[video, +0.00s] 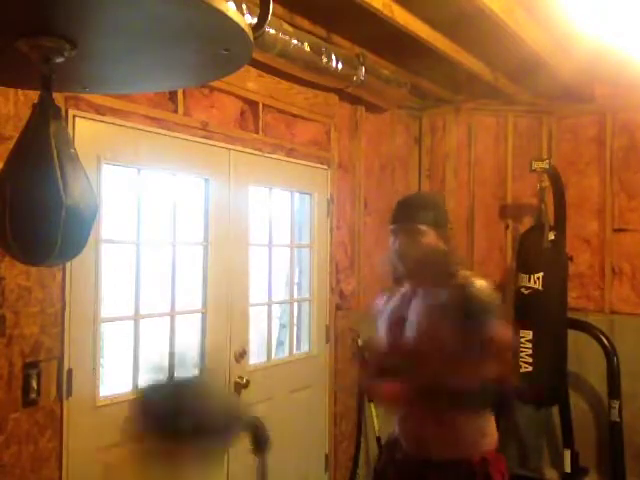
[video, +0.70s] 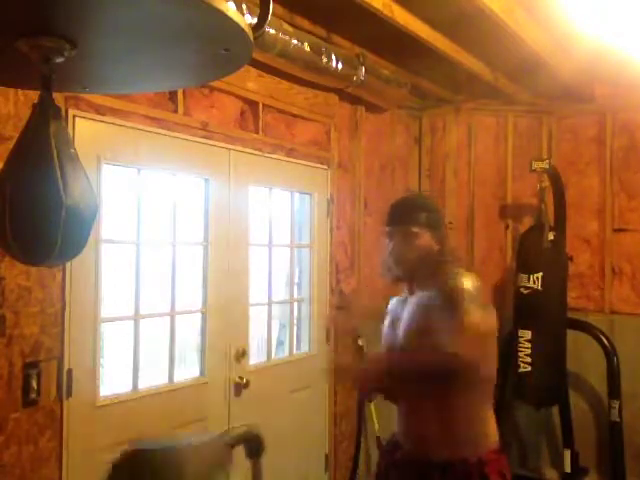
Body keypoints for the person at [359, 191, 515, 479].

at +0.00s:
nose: (402, 246)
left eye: (415, 234)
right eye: (397, 235)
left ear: (441, 237)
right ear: (391, 240)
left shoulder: (474, 295)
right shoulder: (396, 304)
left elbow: (498, 367)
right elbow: (383, 365)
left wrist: (430, 376)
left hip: (468, 457)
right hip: (409, 452)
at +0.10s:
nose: (411, 242)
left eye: (424, 230)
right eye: (405, 231)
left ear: (451, 236)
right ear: (398, 238)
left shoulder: (491, 300)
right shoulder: (381, 299)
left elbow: (535, 381)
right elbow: (346, 352)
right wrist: (332, 339)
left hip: (471, 459)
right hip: (404, 458)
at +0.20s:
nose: (415, 244)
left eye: (428, 232)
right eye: (408, 232)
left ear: (454, 238)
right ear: (400, 239)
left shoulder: (491, 303)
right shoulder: (381, 295)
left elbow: (531, 385)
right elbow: (313, 343)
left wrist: (474, 385)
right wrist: (329, 329)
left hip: (468, 460)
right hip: (400, 459)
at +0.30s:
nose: (412, 246)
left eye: (425, 234)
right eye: (403, 234)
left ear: (452, 240)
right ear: (396, 241)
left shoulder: (487, 304)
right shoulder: (373, 298)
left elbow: (523, 388)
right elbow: (331, 368)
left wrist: (456, 361)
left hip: (465, 462)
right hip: (396, 462)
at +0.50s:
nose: (381, 248)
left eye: (390, 236)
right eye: (381, 236)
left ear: (421, 236)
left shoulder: (454, 282)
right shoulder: (396, 294)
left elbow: (391, 314)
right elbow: (393, 371)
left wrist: (297, 310)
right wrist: (375, 415)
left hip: (461, 460)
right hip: (406, 457)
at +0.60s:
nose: (381, 249)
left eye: (387, 237)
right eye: (381, 238)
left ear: (418, 236)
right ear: (413, 236)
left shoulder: (451, 284)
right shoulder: (411, 293)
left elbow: (382, 322)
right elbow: (424, 381)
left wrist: (297, 319)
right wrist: (376, 404)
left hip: (464, 460)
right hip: (417, 456)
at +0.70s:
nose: (391, 249)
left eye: (402, 237)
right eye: (390, 238)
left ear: (430, 240)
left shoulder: (461, 288)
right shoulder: (397, 305)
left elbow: (468, 362)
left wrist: (386, 366)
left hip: (467, 462)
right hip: (413, 458)